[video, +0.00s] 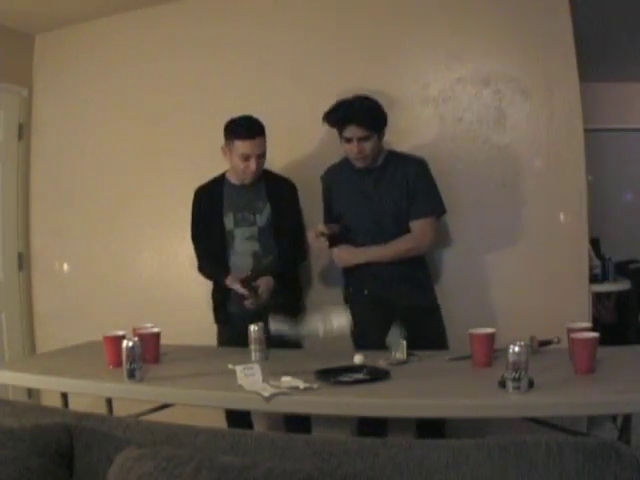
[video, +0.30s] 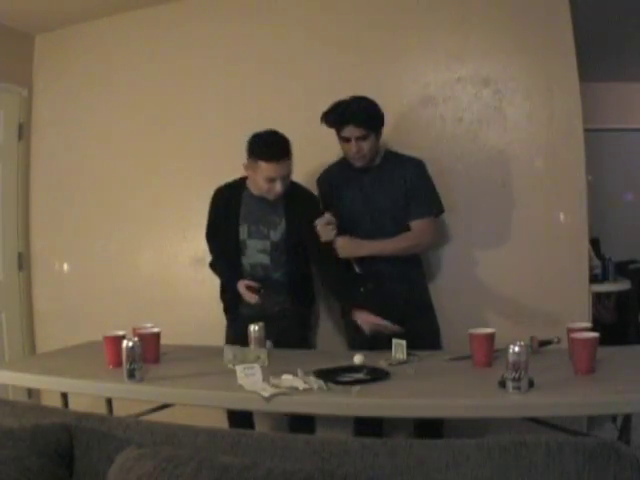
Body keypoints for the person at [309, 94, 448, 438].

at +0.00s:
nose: (356, 149)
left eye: (364, 140)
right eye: (348, 140)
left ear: (380, 135)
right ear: (340, 138)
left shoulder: (412, 170)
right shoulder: (334, 178)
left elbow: (424, 239)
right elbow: (338, 231)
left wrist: (359, 255)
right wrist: (326, 235)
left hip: (413, 292)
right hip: (365, 295)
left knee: (431, 379)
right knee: (368, 385)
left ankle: (433, 468)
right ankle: (369, 469)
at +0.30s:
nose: (355, 148)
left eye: (362, 139)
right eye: (346, 140)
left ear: (378, 134)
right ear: (338, 137)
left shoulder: (409, 170)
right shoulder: (330, 180)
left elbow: (426, 235)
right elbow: (331, 246)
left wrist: (363, 247)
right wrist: (326, 233)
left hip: (409, 296)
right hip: (359, 298)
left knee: (426, 386)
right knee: (368, 391)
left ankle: (431, 472)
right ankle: (369, 472)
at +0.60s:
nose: (366, 148)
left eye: (373, 139)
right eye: (357, 140)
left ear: (388, 134)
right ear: (348, 138)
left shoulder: (418, 171)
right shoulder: (337, 179)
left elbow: (436, 235)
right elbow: (330, 249)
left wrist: (379, 224)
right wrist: (339, 213)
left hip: (417, 295)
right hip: (367, 298)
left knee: (435, 382)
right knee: (375, 388)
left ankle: (436, 472)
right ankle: (373, 475)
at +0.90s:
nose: (363, 149)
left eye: (371, 140)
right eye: (356, 142)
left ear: (389, 136)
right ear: (348, 140)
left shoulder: (421, 173)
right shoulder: (343, 177)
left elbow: (427, 242)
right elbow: (328, 240)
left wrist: (377, 222)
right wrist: (335, 221)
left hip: (418, 290)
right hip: (367, 292)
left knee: (445, 369)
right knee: (371, 380)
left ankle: (439, 458)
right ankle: (369, 463)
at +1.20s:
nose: (365, 146)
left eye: (373, 136)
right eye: (357, 138)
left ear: (392, 133)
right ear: (351, 139)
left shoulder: (424, 170)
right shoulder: (353, 175)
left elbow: (420, 241)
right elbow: (345, 245)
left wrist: (375, 202)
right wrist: (343, 206)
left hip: (429, 291)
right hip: (381, 293)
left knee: (454, 376)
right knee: (376, 383)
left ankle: (454, 466)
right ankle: (369, 471)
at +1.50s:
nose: (367, 145)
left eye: (375, 135)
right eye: (360, 138)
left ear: (395, 135)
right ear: (354, 141)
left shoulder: (424, 168)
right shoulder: (356, 180)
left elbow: (412, 222)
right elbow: (331, 232)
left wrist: (372, 170)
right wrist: (333, 180)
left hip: (433, 288)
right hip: (386, 292)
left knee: (464, 371)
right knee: (380, 382)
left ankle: (462, 463)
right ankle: (368, 468)